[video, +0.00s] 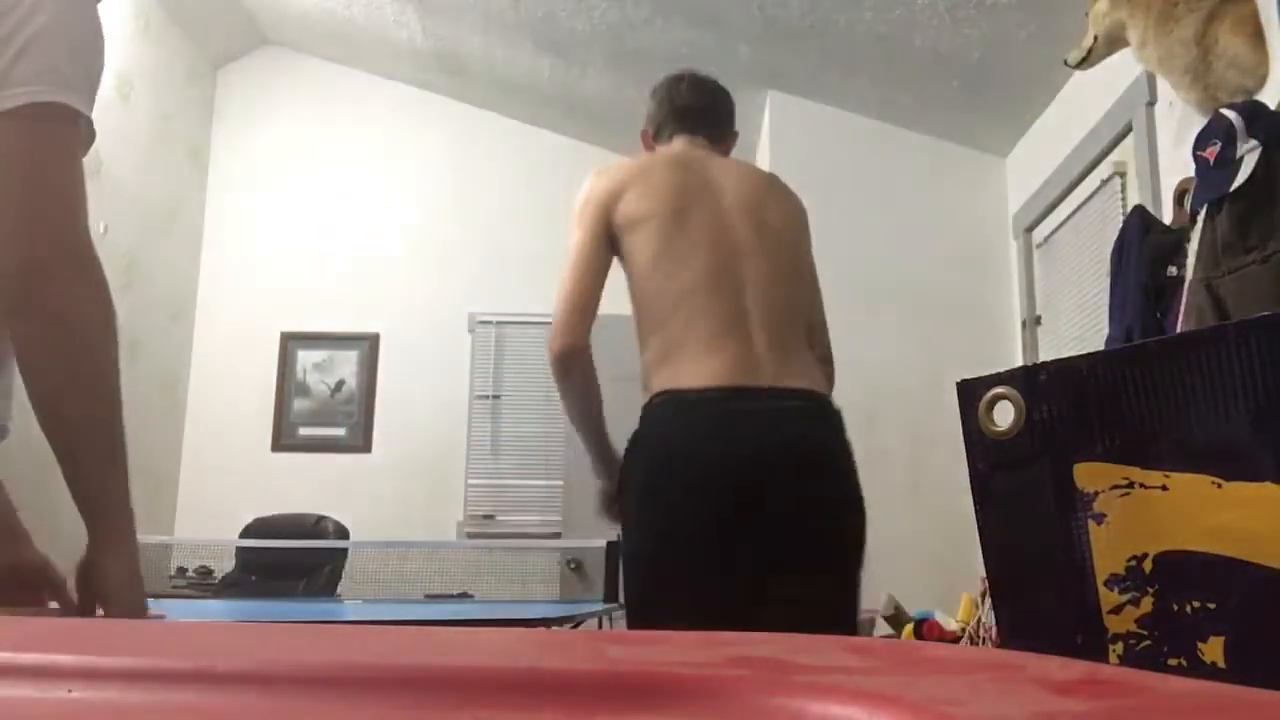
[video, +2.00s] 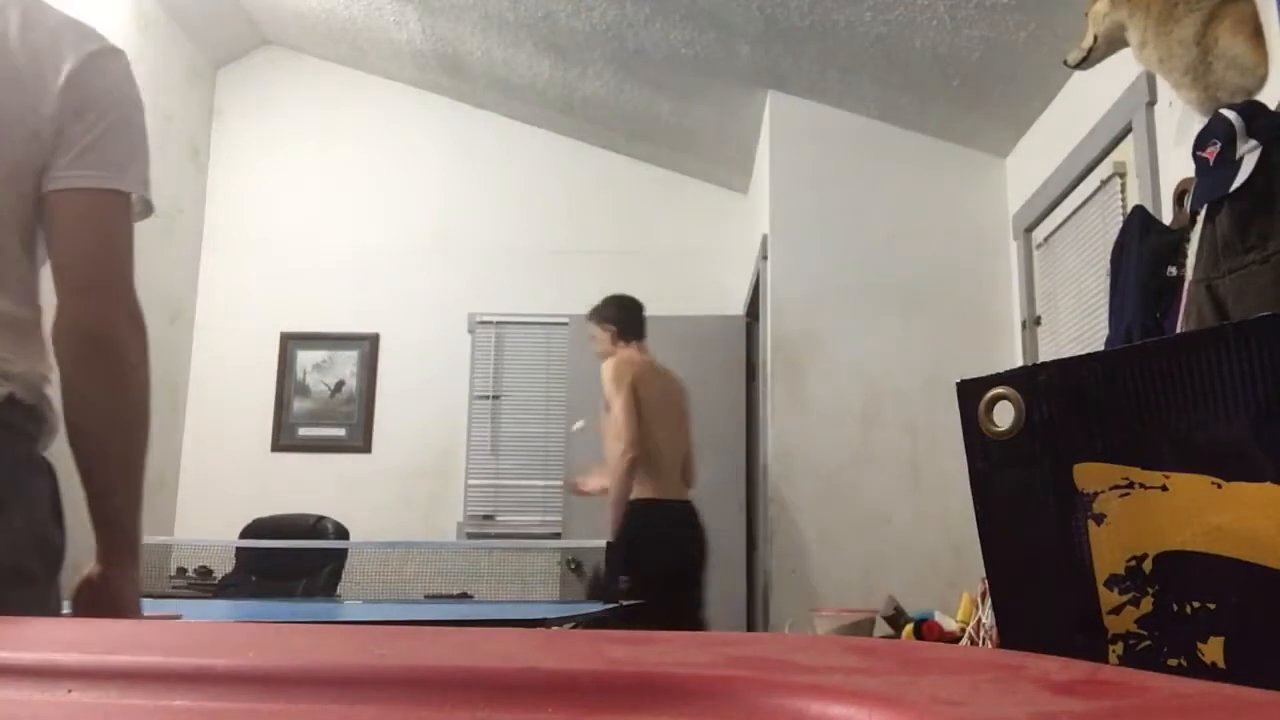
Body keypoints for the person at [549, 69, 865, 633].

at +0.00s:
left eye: (641, 139)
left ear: (648, 137)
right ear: (730, 142)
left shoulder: (618, 182)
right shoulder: (782, 195)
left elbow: (566, 346)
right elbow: (820, 352)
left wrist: (608, 469)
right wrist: (804, 457)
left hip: (684, 454)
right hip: (810, 453)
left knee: (676, 684)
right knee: (812, 683)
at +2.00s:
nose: (594, 346)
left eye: (596, 336)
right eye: (593, 337)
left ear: (614, 332)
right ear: (635, 330)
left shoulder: (618, 366)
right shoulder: (671, 380)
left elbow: (628, 451)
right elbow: (685, 475)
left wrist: (614, 538)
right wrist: (605, 482)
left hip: (644, 523)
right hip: (683, 521)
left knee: (636, 637)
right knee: (684, 635)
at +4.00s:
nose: (539, 342)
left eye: (549, 334)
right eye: (533, 336)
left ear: (571, 342)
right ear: (529, 344)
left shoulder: (597, 395)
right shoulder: (516, 400)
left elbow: (620, 468)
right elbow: (513, 472)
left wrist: (626, 545)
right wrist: (511, 524)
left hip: (573, 528)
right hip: (518, 528)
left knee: (568, 635)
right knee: (505, 633)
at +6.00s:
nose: (511, 375)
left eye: (521, 366)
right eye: (505, 366)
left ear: (538, 364)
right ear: (497, 365)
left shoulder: (560, 409)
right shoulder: (483, 411)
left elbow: (573, 483)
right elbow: (472, 482)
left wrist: (561, 550)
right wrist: (466, 545)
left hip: (541, 531)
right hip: (490, 529)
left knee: (536, 629)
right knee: (486, 626)